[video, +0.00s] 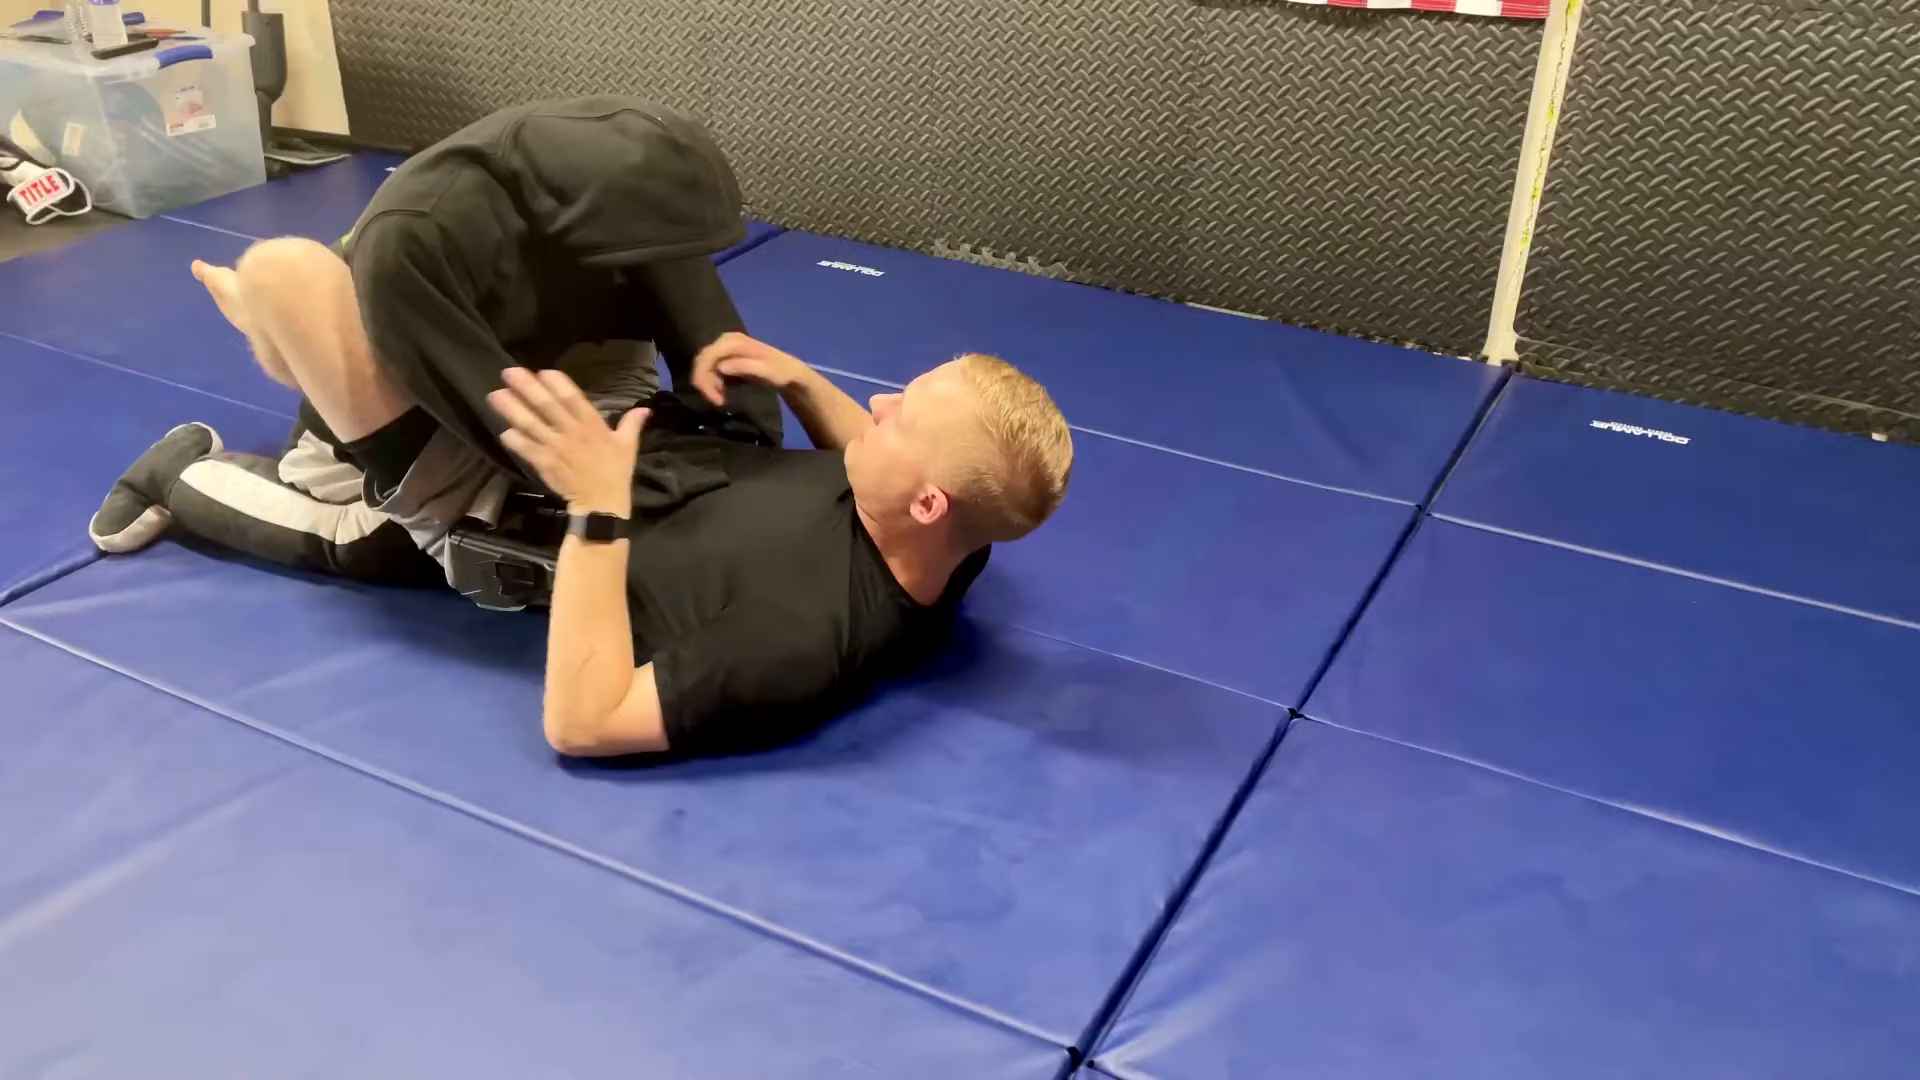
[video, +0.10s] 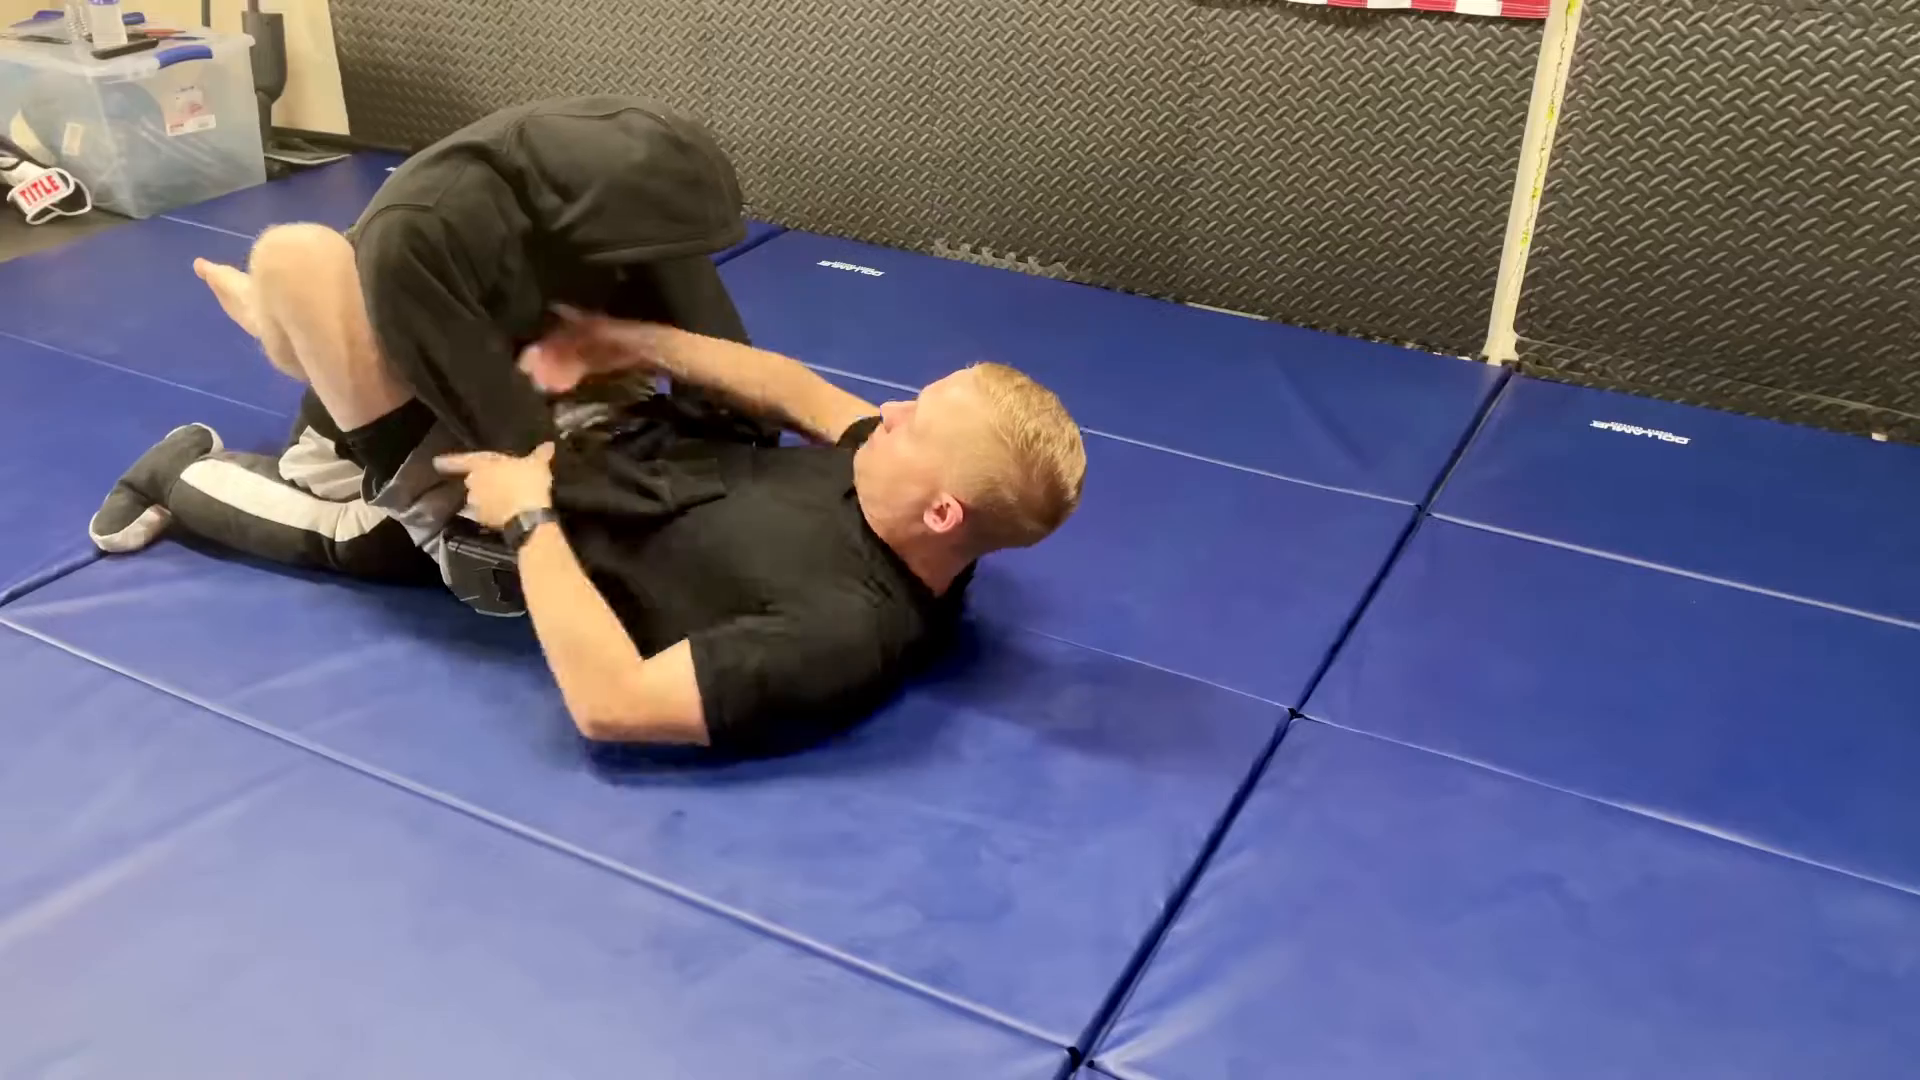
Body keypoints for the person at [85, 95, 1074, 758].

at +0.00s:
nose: (883, 399)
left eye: (901, 403)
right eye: (907, 392)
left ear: (919, 501)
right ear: (949, 512)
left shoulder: (806, 638)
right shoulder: (939, 533)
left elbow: (585, 720)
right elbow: (877, 468)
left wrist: (598, 509)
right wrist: (798, 382)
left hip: (527, 515)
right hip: (659, 437)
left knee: (285, 268)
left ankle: (344, 462)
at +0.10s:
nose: (895, 406)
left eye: (913, 415)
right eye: (920, 399)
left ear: (934, 508)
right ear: (955, 510)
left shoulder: (846, 636)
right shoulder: (912, 495)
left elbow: (621, 706)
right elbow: (814, 399)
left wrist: (531, 522)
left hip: (523, 527)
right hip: (627, 434)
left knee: (295, 252)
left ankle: (346, 462)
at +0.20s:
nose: (912, 428)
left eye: (940, 450)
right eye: (940, 418)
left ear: (961, 543)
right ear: (940, 413)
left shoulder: (860, 639)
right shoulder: (913, 436)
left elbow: (631, 678)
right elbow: (737, 387)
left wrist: (567, 492)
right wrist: (529, 345)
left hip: (527, 526)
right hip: (611, 433)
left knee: (320, 238)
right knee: (343, 319)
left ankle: (343, 449)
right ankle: (281, 313)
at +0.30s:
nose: (891, 436)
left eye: (916, 452)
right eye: (918, 424)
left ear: (952, 545)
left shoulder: (839, 633)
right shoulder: (919, 444)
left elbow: (614, 573)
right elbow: (762, 375)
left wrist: (624, 398)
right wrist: (560, 281)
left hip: (530, 491)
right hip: (624, 408)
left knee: (325, 242)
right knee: (421, 251)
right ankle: (254, 237)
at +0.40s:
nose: (799, 363)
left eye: (818, 374)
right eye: (818, 354)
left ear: (849, 457)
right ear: (906, 446)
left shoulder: (751, 568)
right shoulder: (924, 466)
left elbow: (573, 434)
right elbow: (835, 330)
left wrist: (715, 365)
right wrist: (695, 291)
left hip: (544, 513)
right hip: (698, 444)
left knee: (296, 257)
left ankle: (38, 368)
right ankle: (342, 228)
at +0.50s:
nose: (691, 282)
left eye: (708, 284)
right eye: (710, 265)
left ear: (749, 346)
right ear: (854, 335)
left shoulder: (670, 471)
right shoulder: (914, 409)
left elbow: (482, 365)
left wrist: (649, 282)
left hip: (572, 558)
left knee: (288, 245)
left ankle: (80, 502)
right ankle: (397, 291)